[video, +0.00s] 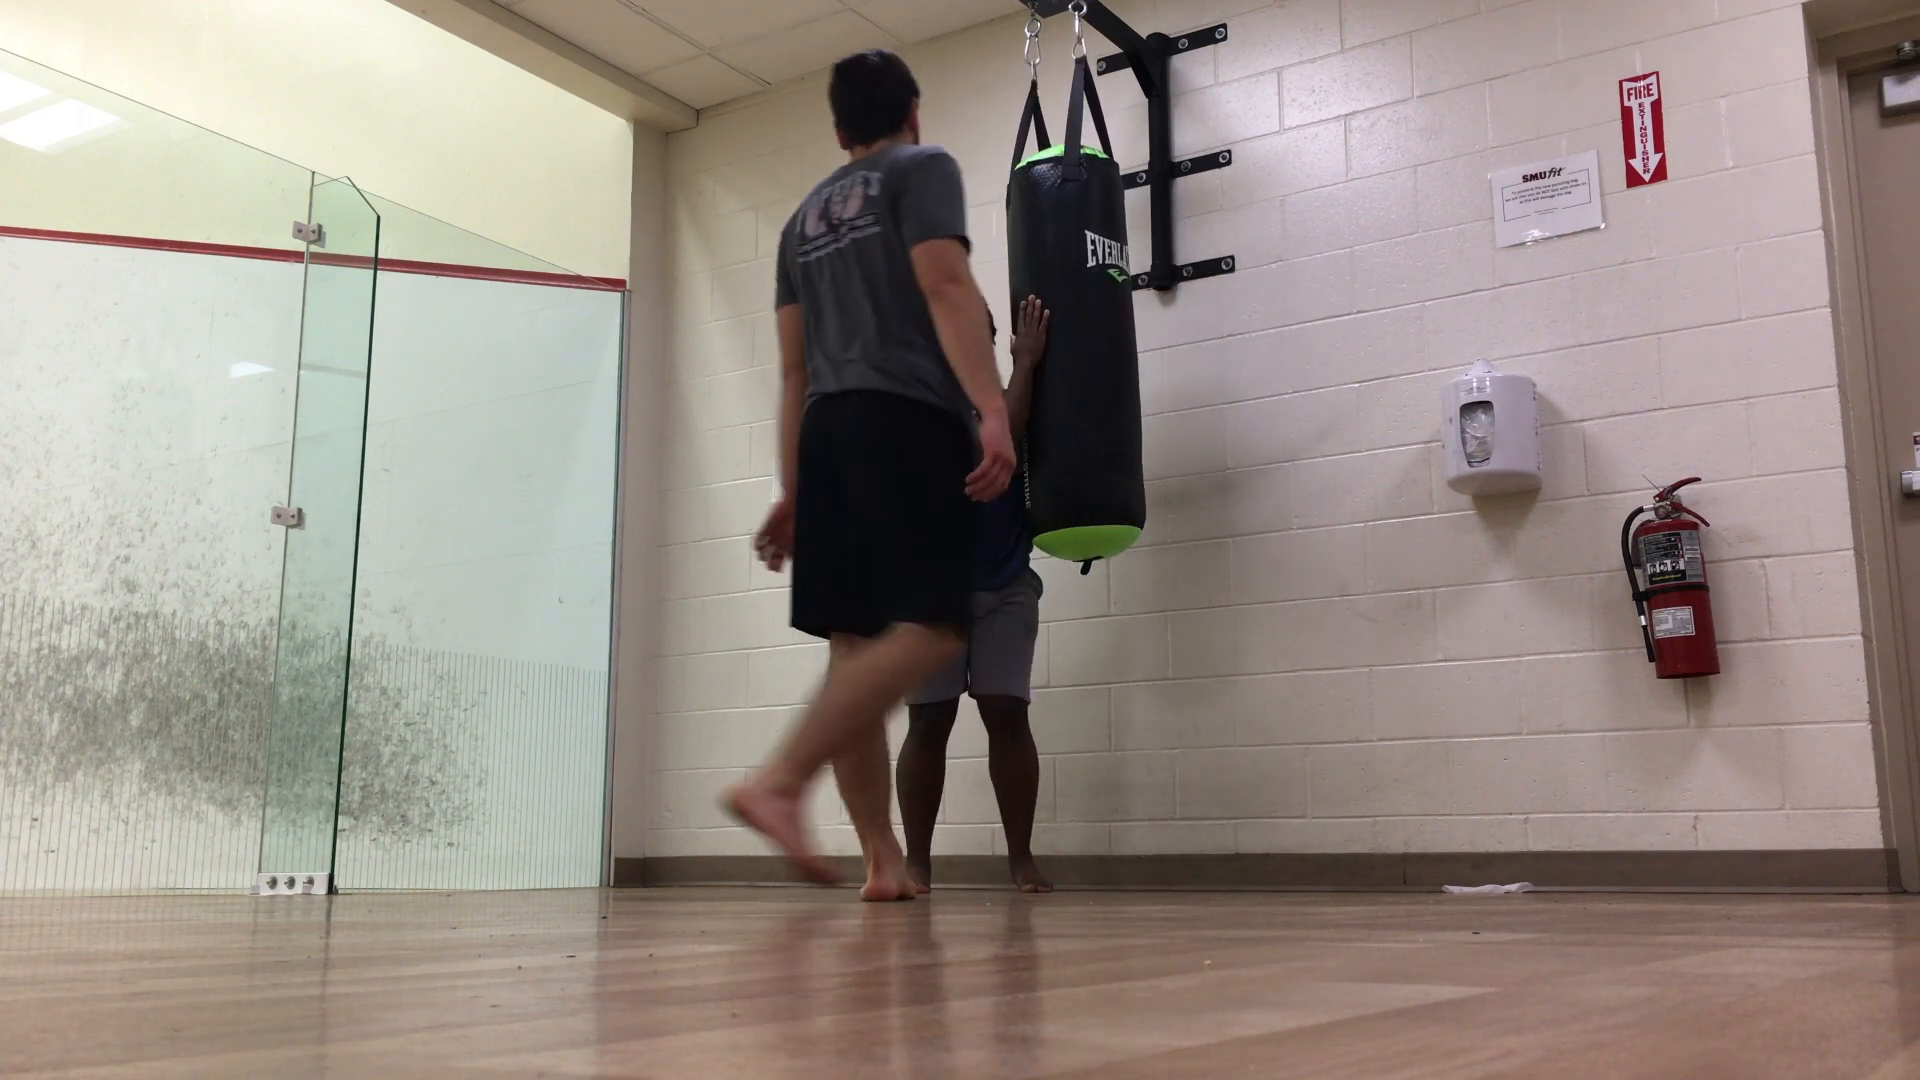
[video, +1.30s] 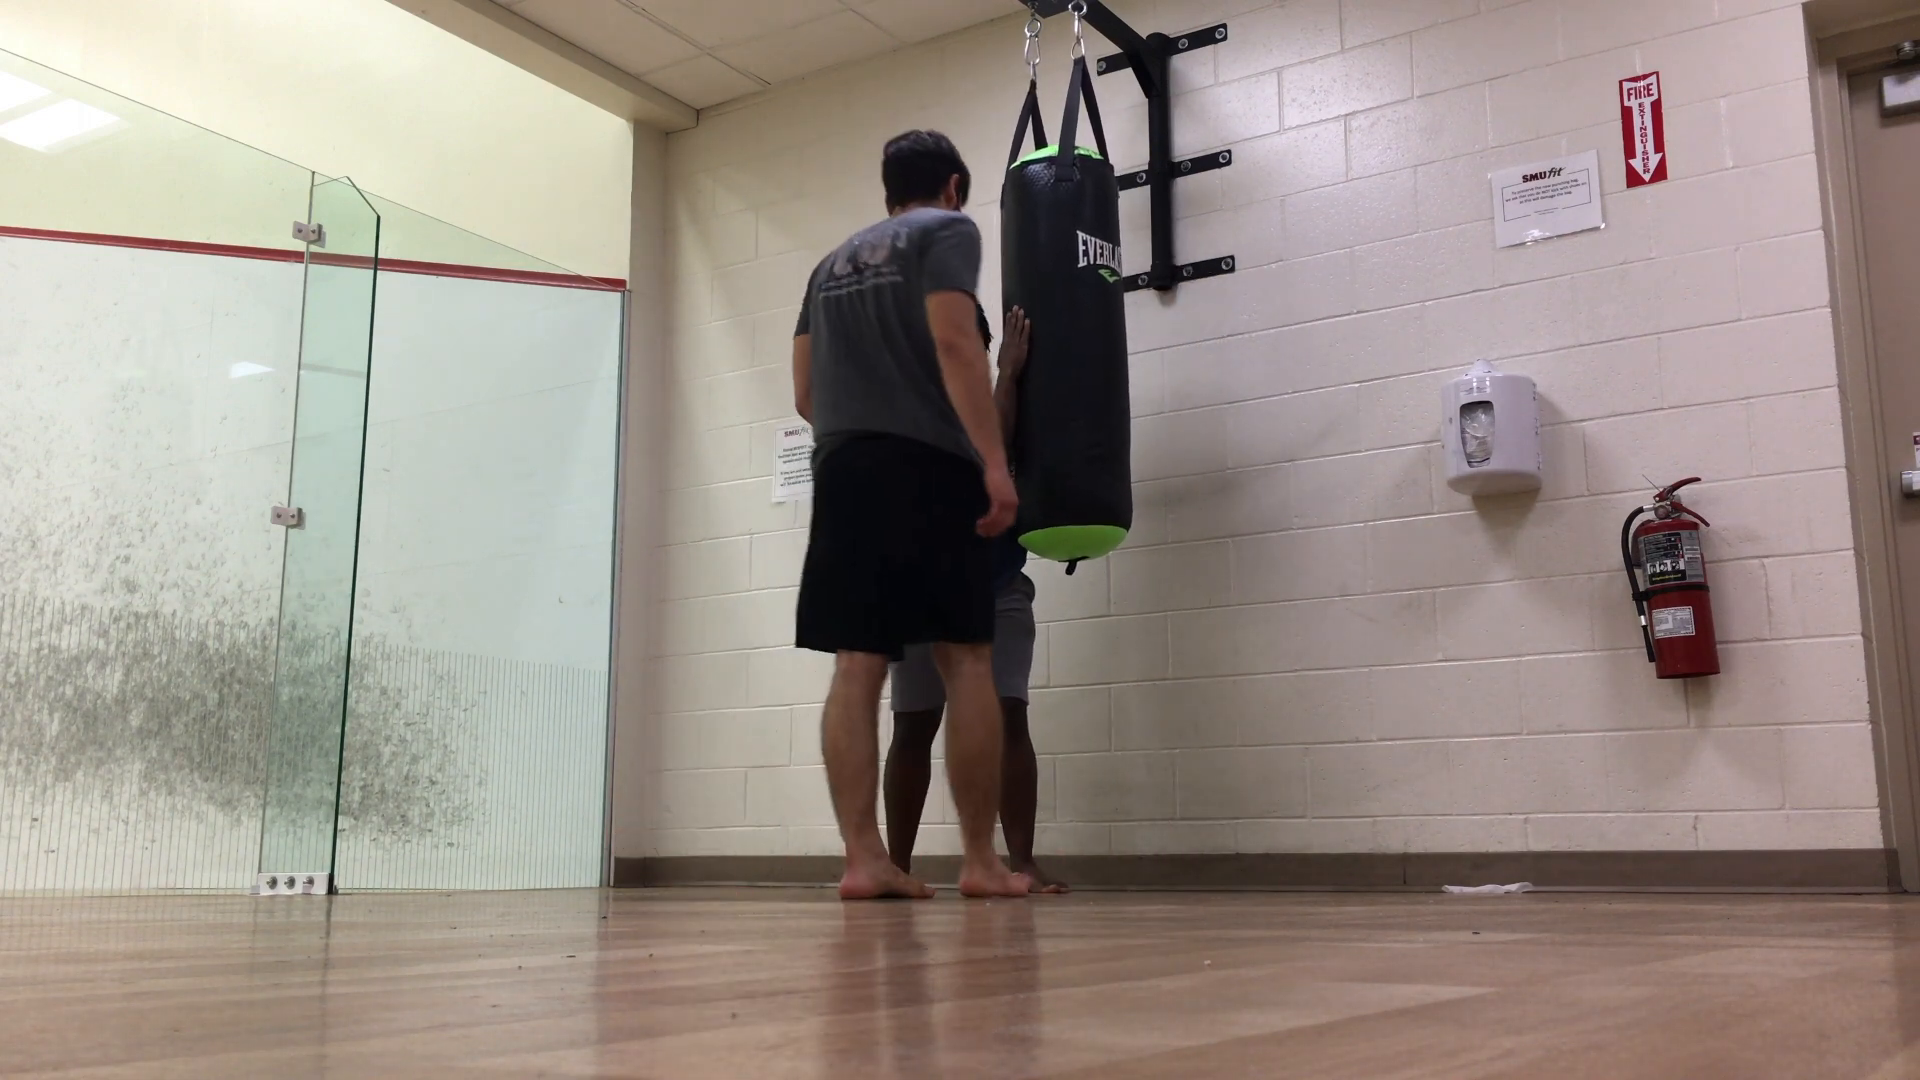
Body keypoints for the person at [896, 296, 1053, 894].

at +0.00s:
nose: (978, 346)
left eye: (986, 336)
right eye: (968, 336)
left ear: (992, 344)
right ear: (940, 345)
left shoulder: (998, 402)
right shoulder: (921, 407)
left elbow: (1016, 442)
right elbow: (996, 449)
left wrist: (1034, 366)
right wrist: (1023, 367)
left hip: (1005, 582)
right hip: (937, 586)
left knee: (1007, 718)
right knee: (930, 725)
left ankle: (1021, 856)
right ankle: (918, 860)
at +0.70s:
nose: (982, 329)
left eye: (990, 319)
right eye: (967, 325)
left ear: (1007, 332)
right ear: (948, 347)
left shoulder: (1024, 399)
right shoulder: (957, 402)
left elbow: (1056, 454)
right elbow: (1021, 444)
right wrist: (1031, 358)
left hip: (1023, 581)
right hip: (954, 581)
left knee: (1018, 722)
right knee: (937, 727)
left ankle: (1025, 866)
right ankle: (919, 864)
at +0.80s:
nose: (981, 331)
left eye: (989, 321)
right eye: (966, 327)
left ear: (1005, 331)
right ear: (948, 347)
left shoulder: (1024, 399)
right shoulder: (956, 403)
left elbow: (1060, 447)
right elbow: (1019, 444)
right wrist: (1029, 356)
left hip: (1023, 582)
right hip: (954, 582)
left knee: (1019, 722)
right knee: (938, 726)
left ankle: (1025, 866)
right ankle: (919, 862)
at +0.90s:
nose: (979, 332)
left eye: (987, 321)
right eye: (964, 328)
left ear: (1005, 331)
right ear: (947, 348)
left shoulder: (1025, 400)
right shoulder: (952, 403)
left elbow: (1061, 452)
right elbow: (1014, 445)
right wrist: (1026, 359)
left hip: (1022, 584)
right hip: (951, 584)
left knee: (1020, 723)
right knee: (935, 727)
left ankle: (1024, 864)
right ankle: (918, 862)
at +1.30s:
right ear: (925, 337)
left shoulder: (980, 401)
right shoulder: (896, 406)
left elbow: (1005, 449)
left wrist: (1010, 373)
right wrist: (1010, 373)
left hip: (998, 579)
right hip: (916, 584)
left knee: (1010, 721)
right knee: (914, 730)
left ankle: (1021, 861)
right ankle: (897, 865)